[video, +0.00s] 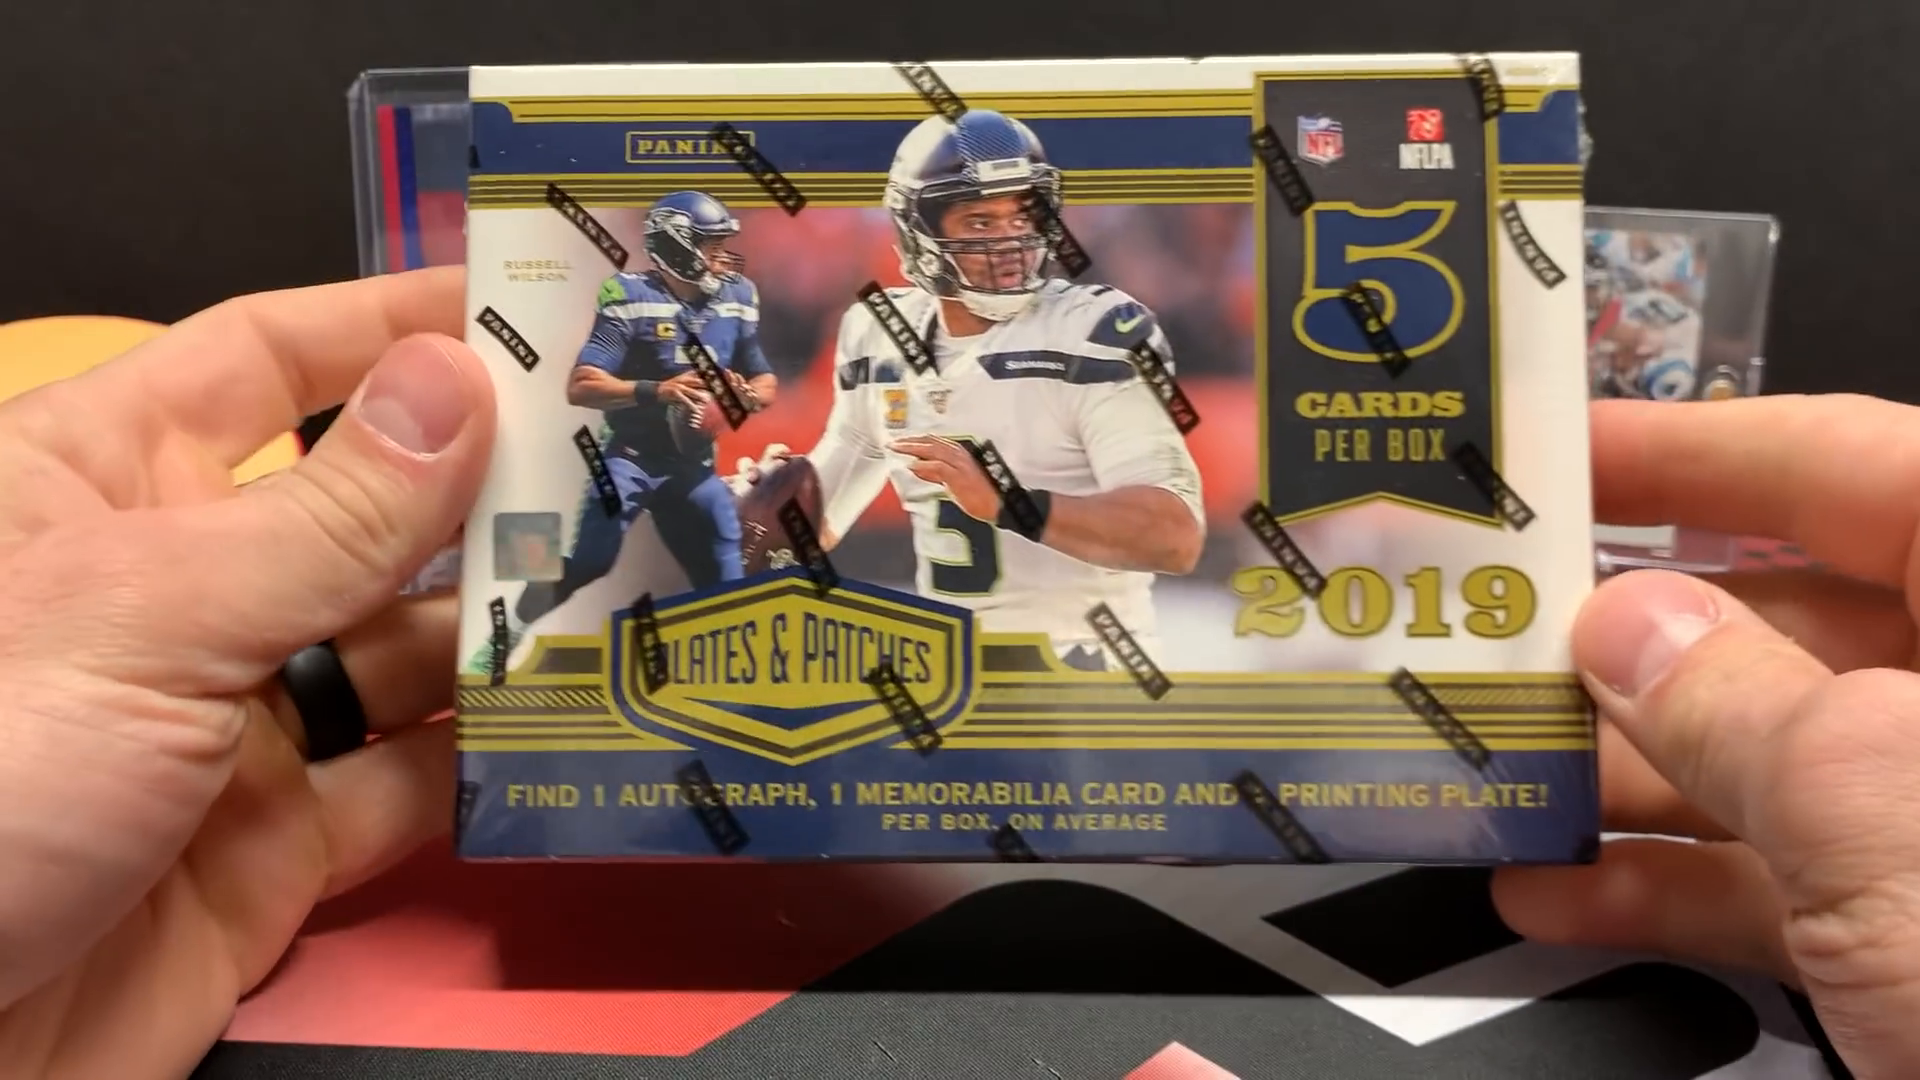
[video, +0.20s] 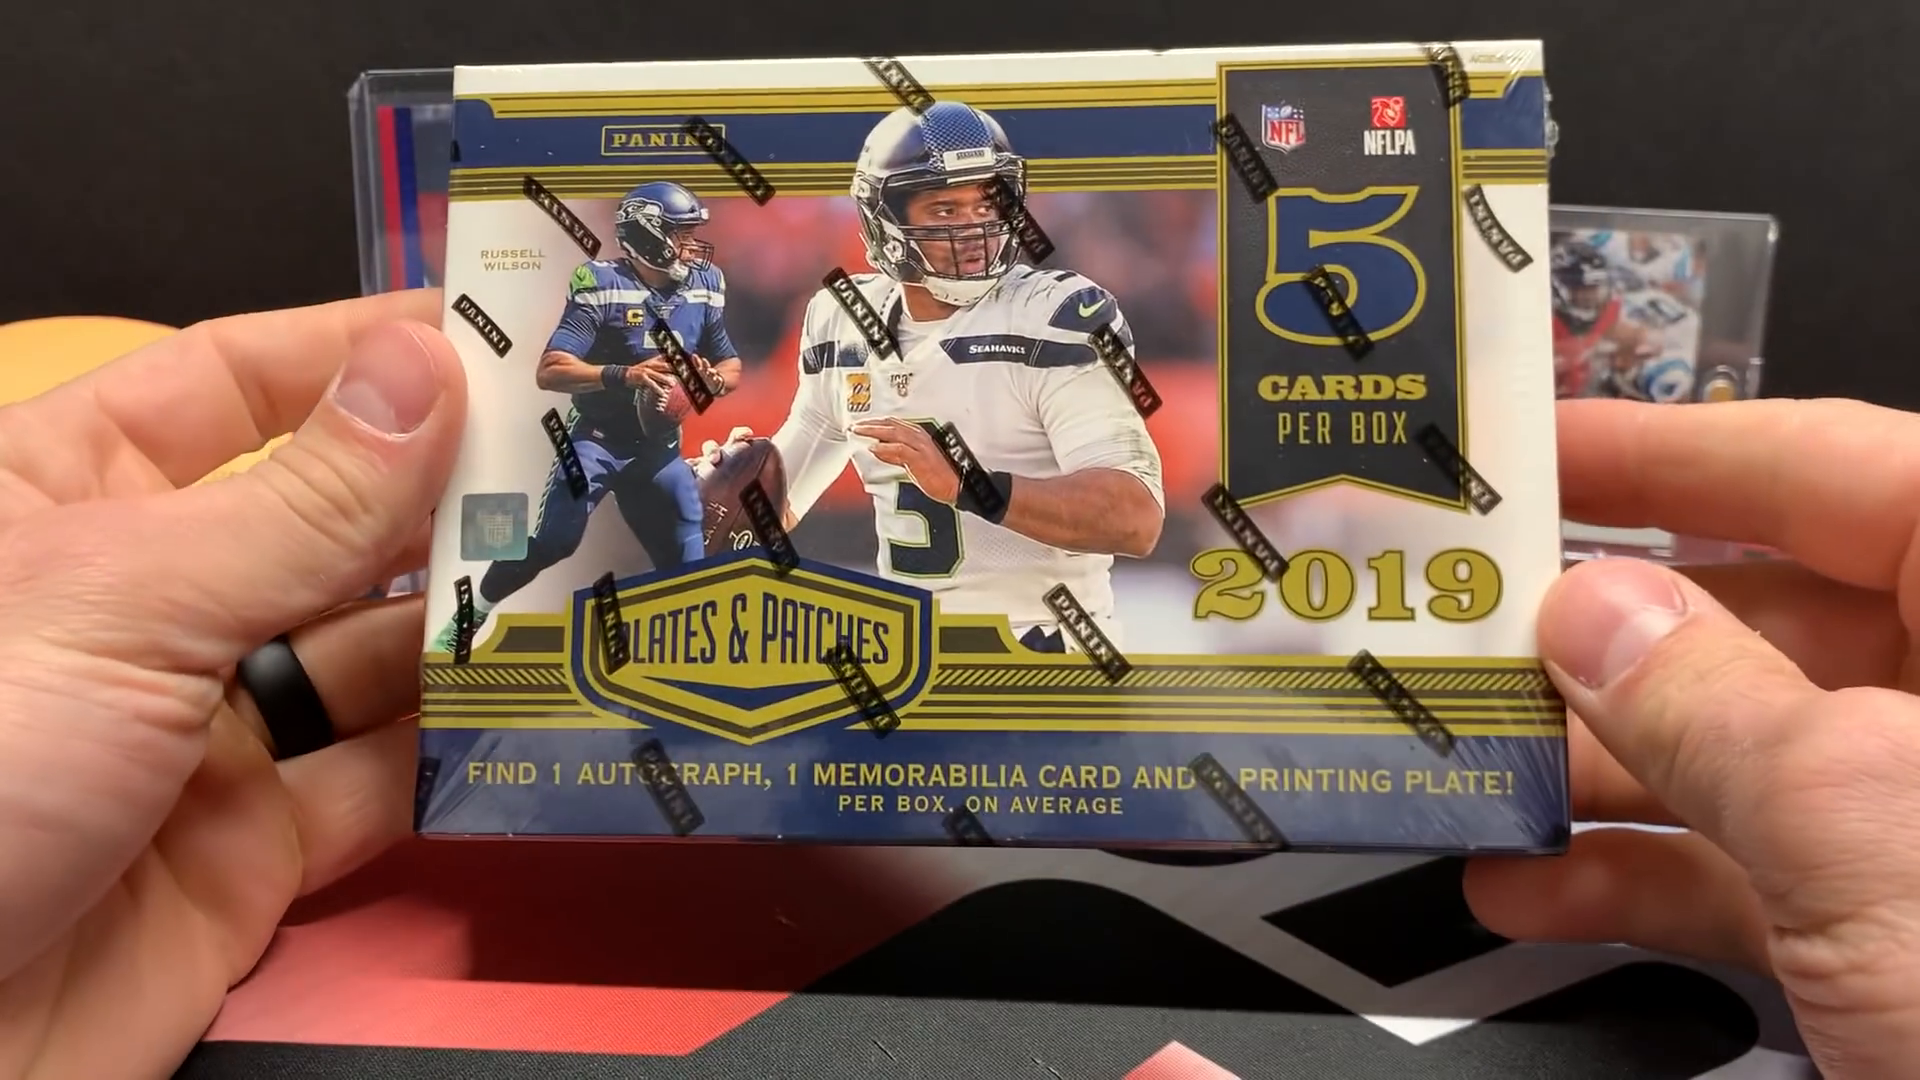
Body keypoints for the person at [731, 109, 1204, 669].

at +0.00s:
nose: (1009, 239)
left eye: (1021, 215)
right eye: (979, 223)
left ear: (1044, 217)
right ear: (920, 234)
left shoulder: (1101, 333)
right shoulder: (878, 333)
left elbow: (1174, 535)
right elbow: (812, 519)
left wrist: (1014, 505)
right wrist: (775, 494)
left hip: (1091, 678)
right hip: (944, 674)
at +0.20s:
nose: (973, 227)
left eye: (985, 203)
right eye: (944, 210)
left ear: (1007, 207)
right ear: (886, 222)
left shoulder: (1063, 317)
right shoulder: (840, 319)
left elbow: (1134, 516)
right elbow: (772, 503)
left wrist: (974, 486)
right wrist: (736, 480)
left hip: (1051, 662)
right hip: (904, 658)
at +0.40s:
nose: (980, 218)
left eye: (993, 195)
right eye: (952, 201)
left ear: (1013, 198)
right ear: (894, 212)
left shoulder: (1067, 307)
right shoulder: (847, 307)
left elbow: (1138, 506)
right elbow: (777, 489)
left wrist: (979, 474)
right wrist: (741, 465)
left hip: (1051, 651)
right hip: (907, 645)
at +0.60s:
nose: (993, 208)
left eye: (1006, 185)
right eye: (964, 190)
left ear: (1027, 187)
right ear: (908, 201)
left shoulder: (1079, 296)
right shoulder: (859, 294)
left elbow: (1149, 495)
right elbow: (784, 476)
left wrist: (991, 461)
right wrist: (753, 447)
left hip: (1063, 640)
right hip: (916, 635)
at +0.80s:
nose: (1004, 206)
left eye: (1017, 185)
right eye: (977, 189)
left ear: (1037, 187)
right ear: (921, 198)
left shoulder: (1092, 293)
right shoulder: (870, 287)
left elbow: (1159, 486)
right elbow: (794, 461)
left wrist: (1001, 452)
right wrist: (759, 433)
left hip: (1072, 623)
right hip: (928, 616)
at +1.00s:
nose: (1015, 213)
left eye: (1027, 192)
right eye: (988, 196)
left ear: (1048, 193)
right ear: (933, 205)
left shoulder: (1102, 297)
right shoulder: (880, 294)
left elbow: (1173, 490)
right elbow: (803, 466)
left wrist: (1012, 456)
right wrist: (771, 433)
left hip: (1090, 619)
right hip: (946, 616)